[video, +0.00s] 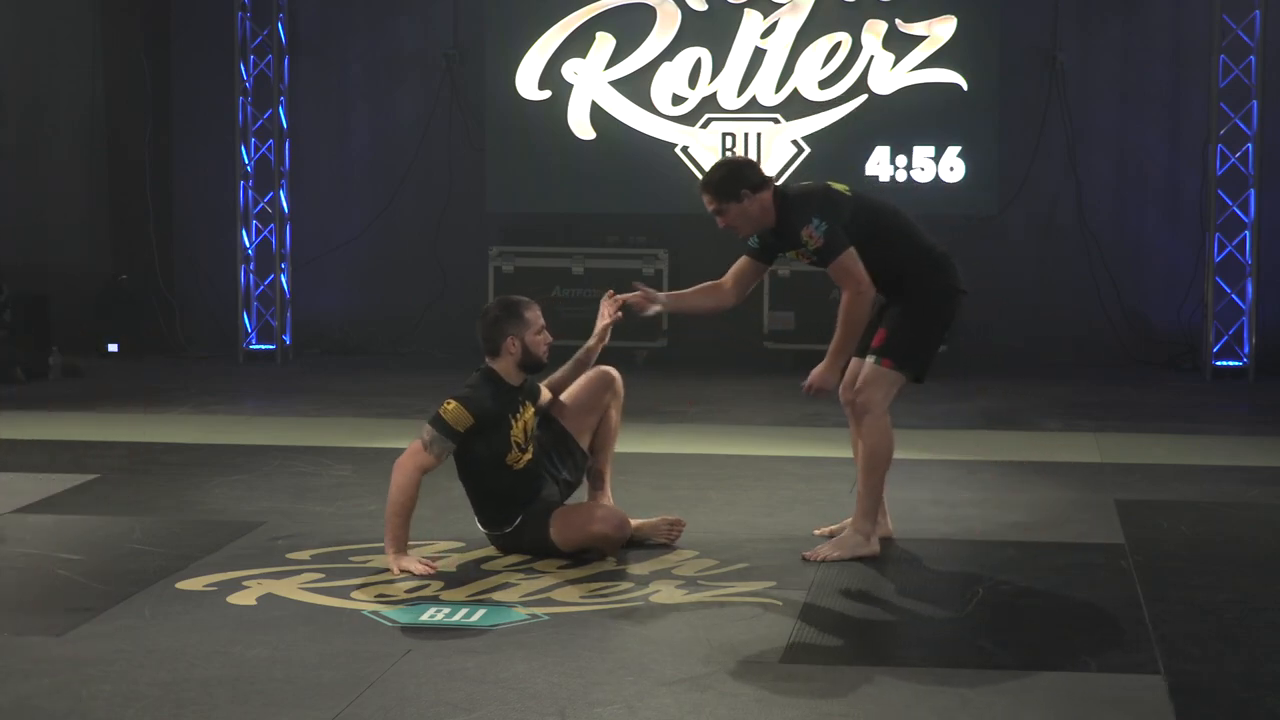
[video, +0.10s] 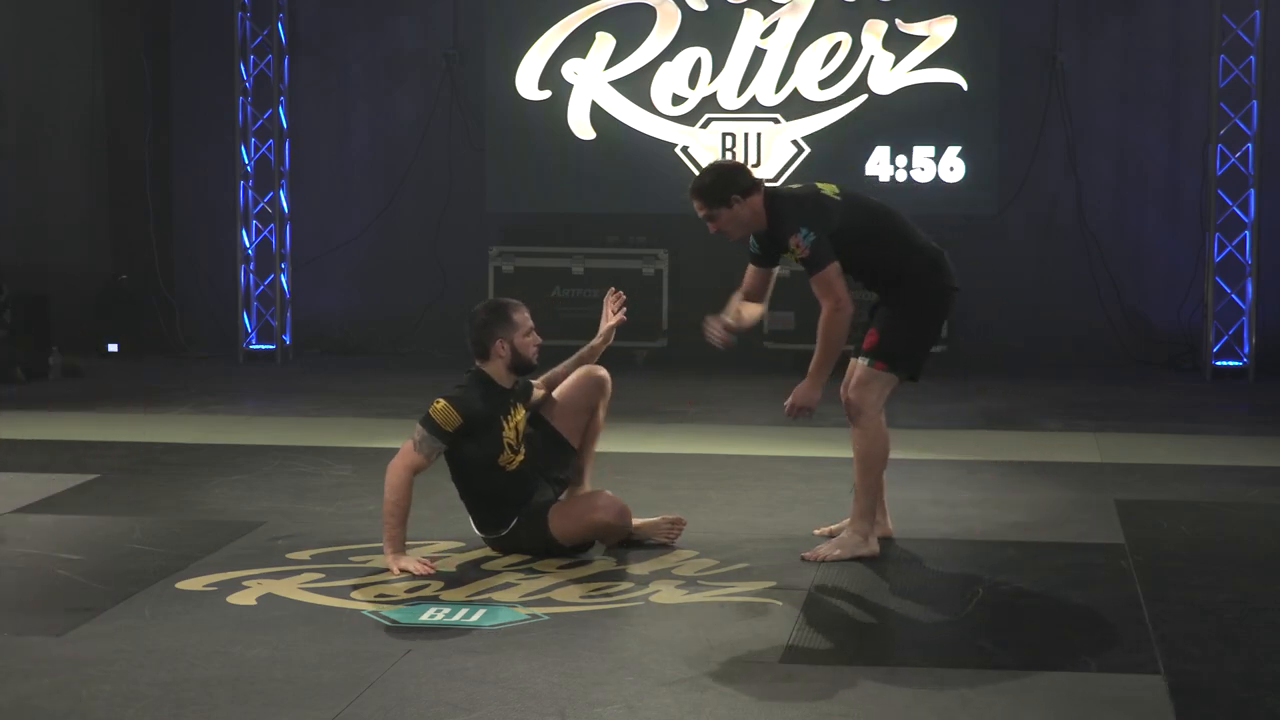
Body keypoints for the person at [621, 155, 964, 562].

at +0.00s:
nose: (721, 225)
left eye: (721, 214)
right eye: (715, 216)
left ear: (751, 196)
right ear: (745, 201)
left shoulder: (808, 212)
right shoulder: (774, 228)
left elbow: (860, 289)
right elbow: (728, 290)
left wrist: (832, 364)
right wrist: (660, 300)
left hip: (927, 288)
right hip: (896, 290)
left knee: (868, 397)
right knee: (851, 393)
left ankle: (864, 531)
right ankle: (871, 516)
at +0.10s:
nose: (710, 229)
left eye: (713, 218)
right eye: (705, 221)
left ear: (742, 201)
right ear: (741, 201)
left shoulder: (798, 218)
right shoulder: (766, 228)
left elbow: (837, 304)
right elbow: (750, 297)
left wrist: (813, 383)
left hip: (921, 284)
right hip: (896, 286)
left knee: (864, 397)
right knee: (853, 394)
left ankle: (862, 532)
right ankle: (873, 516)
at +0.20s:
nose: (702, 237)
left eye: (703, 226)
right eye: (696, 229)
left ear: (730, 209)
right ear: (731, 208)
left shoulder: (790, 220)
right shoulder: (766, 229)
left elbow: (828, 312)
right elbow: (784, 306)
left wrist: (810, 392)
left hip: (915, 281)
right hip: (893, 282)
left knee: (863, 400)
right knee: (860, 396)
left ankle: (863, 533)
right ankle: (875, 518)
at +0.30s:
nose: (698, 254)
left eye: (698, 243)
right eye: (692, 246)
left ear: (723, 225)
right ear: (725, 223)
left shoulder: (783, 234)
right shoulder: (764, 237)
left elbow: (829, 321)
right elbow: (796, 318)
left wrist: (821, 397)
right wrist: (811, 396)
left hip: (911, 283)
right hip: (887, 283)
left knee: (856, 402)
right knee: (845, 396)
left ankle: (864, 534)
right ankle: (868, 510)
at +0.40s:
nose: (694, 278)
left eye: (693, 267)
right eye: (688, 271)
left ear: (718, 250)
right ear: (719, 247)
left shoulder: (780, 250)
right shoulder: (756, 256)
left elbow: (828, 338)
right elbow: (782, 335)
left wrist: (819, 412)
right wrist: (779, 411)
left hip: (907, 288)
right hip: (875, 289)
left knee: (847, 408)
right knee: (809, 374)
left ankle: (866, 534)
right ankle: (833, 501)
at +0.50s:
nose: (688, 311)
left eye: (689, 301)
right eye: (682, 304)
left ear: (715, 281)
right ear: (715, 278)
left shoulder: (774, 280)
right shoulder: (745, 285)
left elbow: (814, 371)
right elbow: (744, 369)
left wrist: (797, 442)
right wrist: (718, 437)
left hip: (901, 308)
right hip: (860, 309)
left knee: (834, 415)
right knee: (790, 387)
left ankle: (860, 534)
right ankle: (786, 515)